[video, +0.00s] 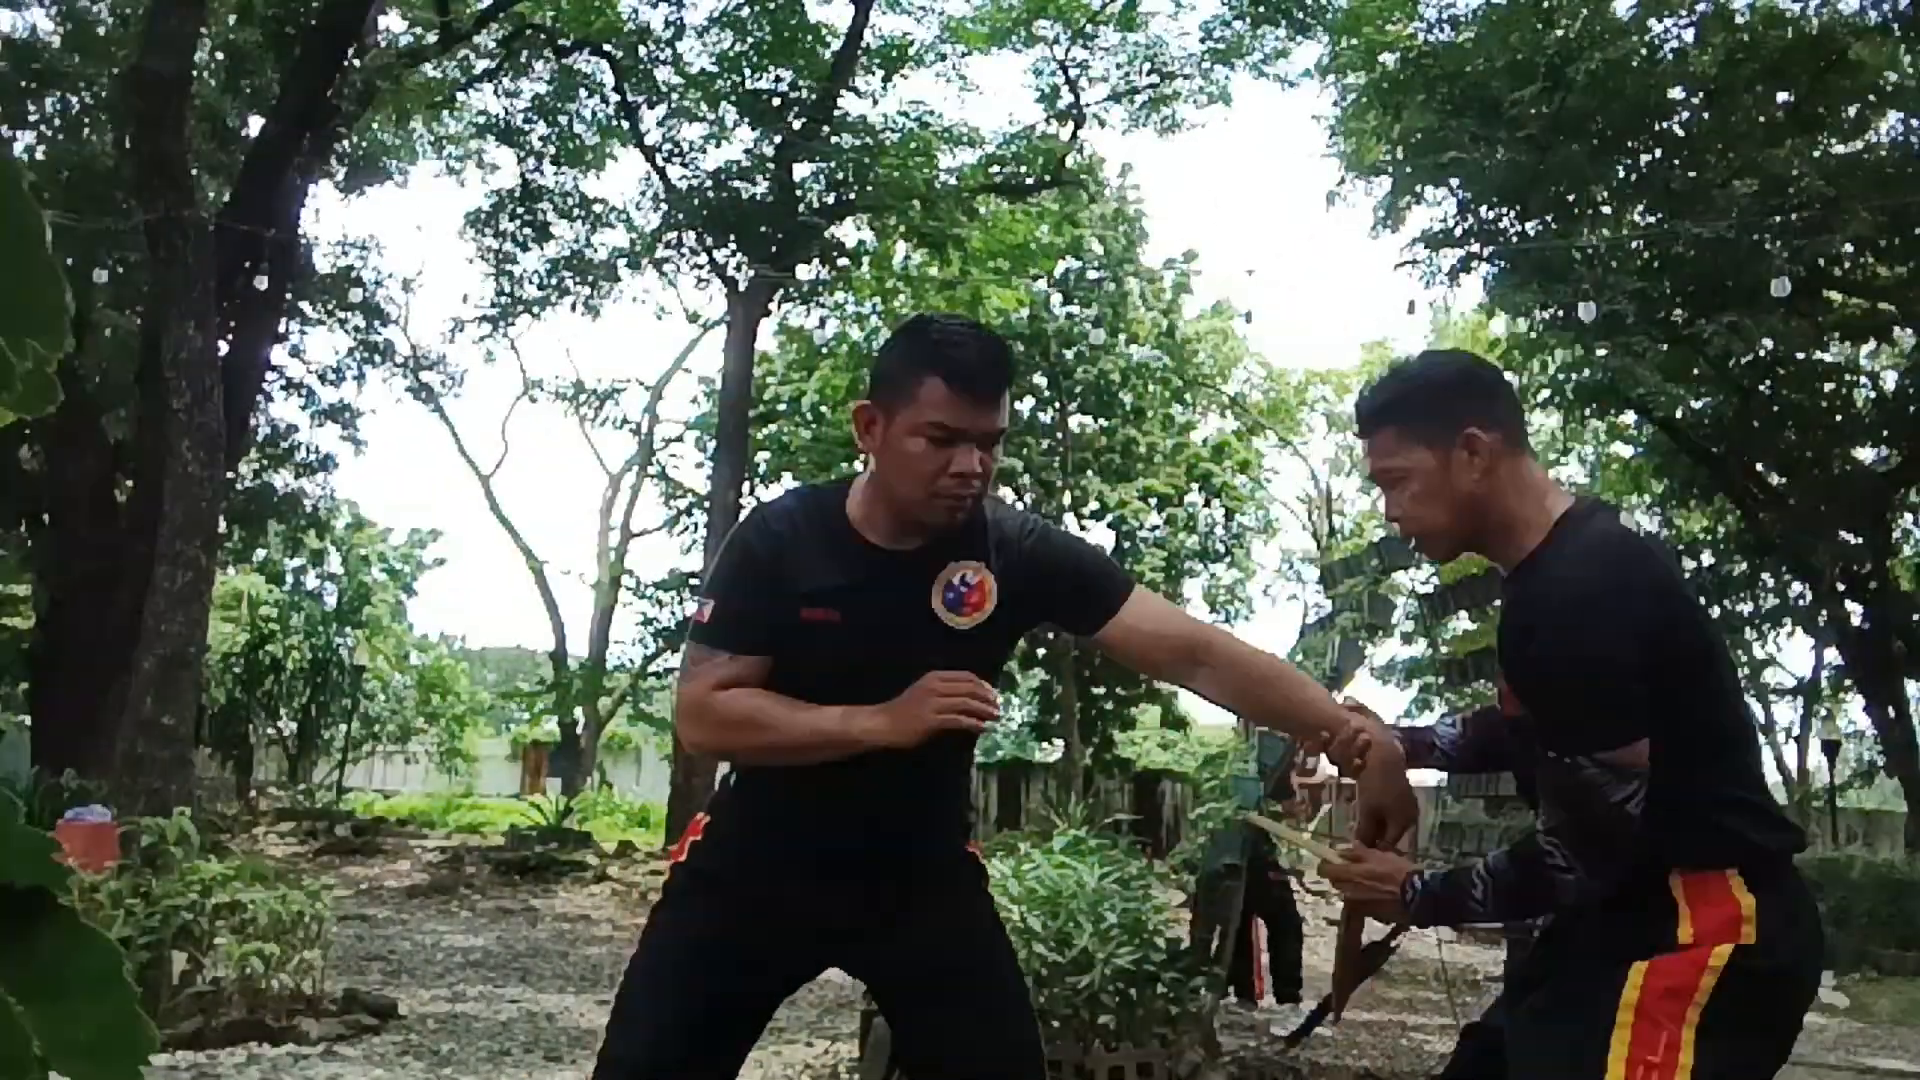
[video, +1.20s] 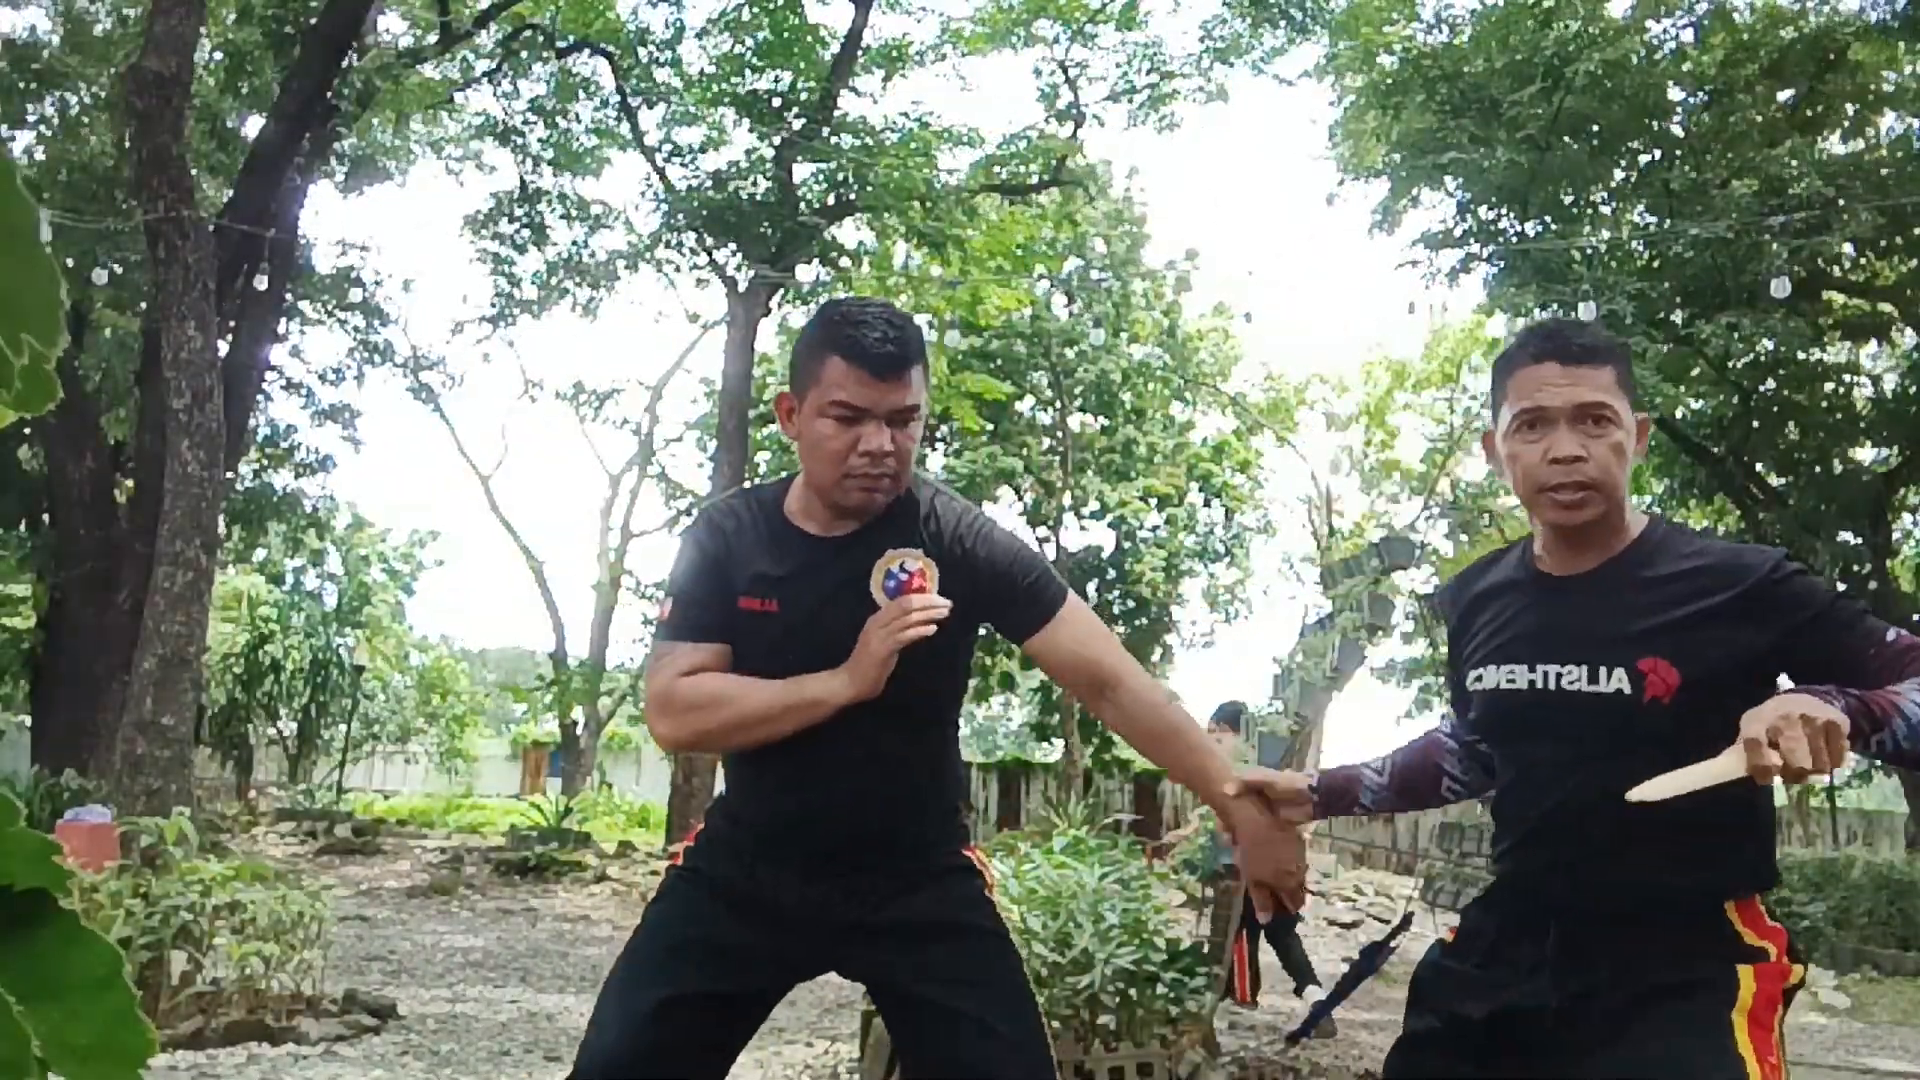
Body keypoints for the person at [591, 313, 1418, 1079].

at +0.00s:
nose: (972, 467)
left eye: (988, 443)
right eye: (945, 441)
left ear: (1004, 440)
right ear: (870, 429)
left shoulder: (1015, 555)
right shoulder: (774, 544)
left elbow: (1191, 651)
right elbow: (702, 718)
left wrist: (1358, 734)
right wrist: (880, 721)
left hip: (927, 885)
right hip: (752, 874)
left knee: (997, 1067)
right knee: (641, 1068)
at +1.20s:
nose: (878, 446)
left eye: (901, 420)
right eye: (848, 418)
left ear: (925, 420)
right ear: (789, 415)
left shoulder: (965, 546)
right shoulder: (726, 537)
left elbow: (1110, 682)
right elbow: (673, 714)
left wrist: (1239, 799)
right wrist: (842, 681)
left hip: (920, 886)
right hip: (747, 873)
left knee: (1009, 1073)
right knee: (615, 1066)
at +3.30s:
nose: (861, 505)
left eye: (867, 489)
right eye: (853, 478)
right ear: (788, 459)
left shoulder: (770, 582)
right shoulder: (679, 543)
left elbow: (716, 729)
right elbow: (589, 689)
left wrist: (731, 847)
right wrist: (702, 823)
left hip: (670, 840)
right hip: (590, 825)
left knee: (706, 1057)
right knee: (617, 1055)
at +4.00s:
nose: (726, 399)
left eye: (731, 382)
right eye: (713, 372)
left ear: (650, 365)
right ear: (644, 358)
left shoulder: (625, 472)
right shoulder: (581, 446)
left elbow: (612, 633)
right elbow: (572, 600)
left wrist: (710, 671)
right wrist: (691, 656)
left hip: (581, 788)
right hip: (529, 786)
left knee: (552, 1046)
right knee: (516, 1050)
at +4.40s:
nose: (805, 418)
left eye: (812, 399)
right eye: (797, 389)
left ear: (726, 367)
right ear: (728, 364)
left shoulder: (610, 451)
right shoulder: (699, 460)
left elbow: (495, 559)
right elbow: (788, 652)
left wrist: (593, 651)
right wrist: (837, 680)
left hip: (668, 805)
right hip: (607, 804)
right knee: (588, 1062)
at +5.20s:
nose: (1033, 466)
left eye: (1044, 441)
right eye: (1007, 437)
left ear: (1053, 443)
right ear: (926, 428)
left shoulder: (1042, 523)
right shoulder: (829, 565)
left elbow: (1166, 473)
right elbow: (836, 749)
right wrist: (1014, 687)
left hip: (992, 904)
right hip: (823, 903)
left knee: (1071, 1064)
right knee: (696, 1065)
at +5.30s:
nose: (994, 466)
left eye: (1010, 442)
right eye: (968, 437)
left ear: (1025, 443)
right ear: (894, 433)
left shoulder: (1027, 528)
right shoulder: (807, 557)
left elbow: (1113, 543)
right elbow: (778, 741)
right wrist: (959, 694)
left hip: (976, 901)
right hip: (803, 898)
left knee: (1050, 1070)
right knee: (680, 1069)